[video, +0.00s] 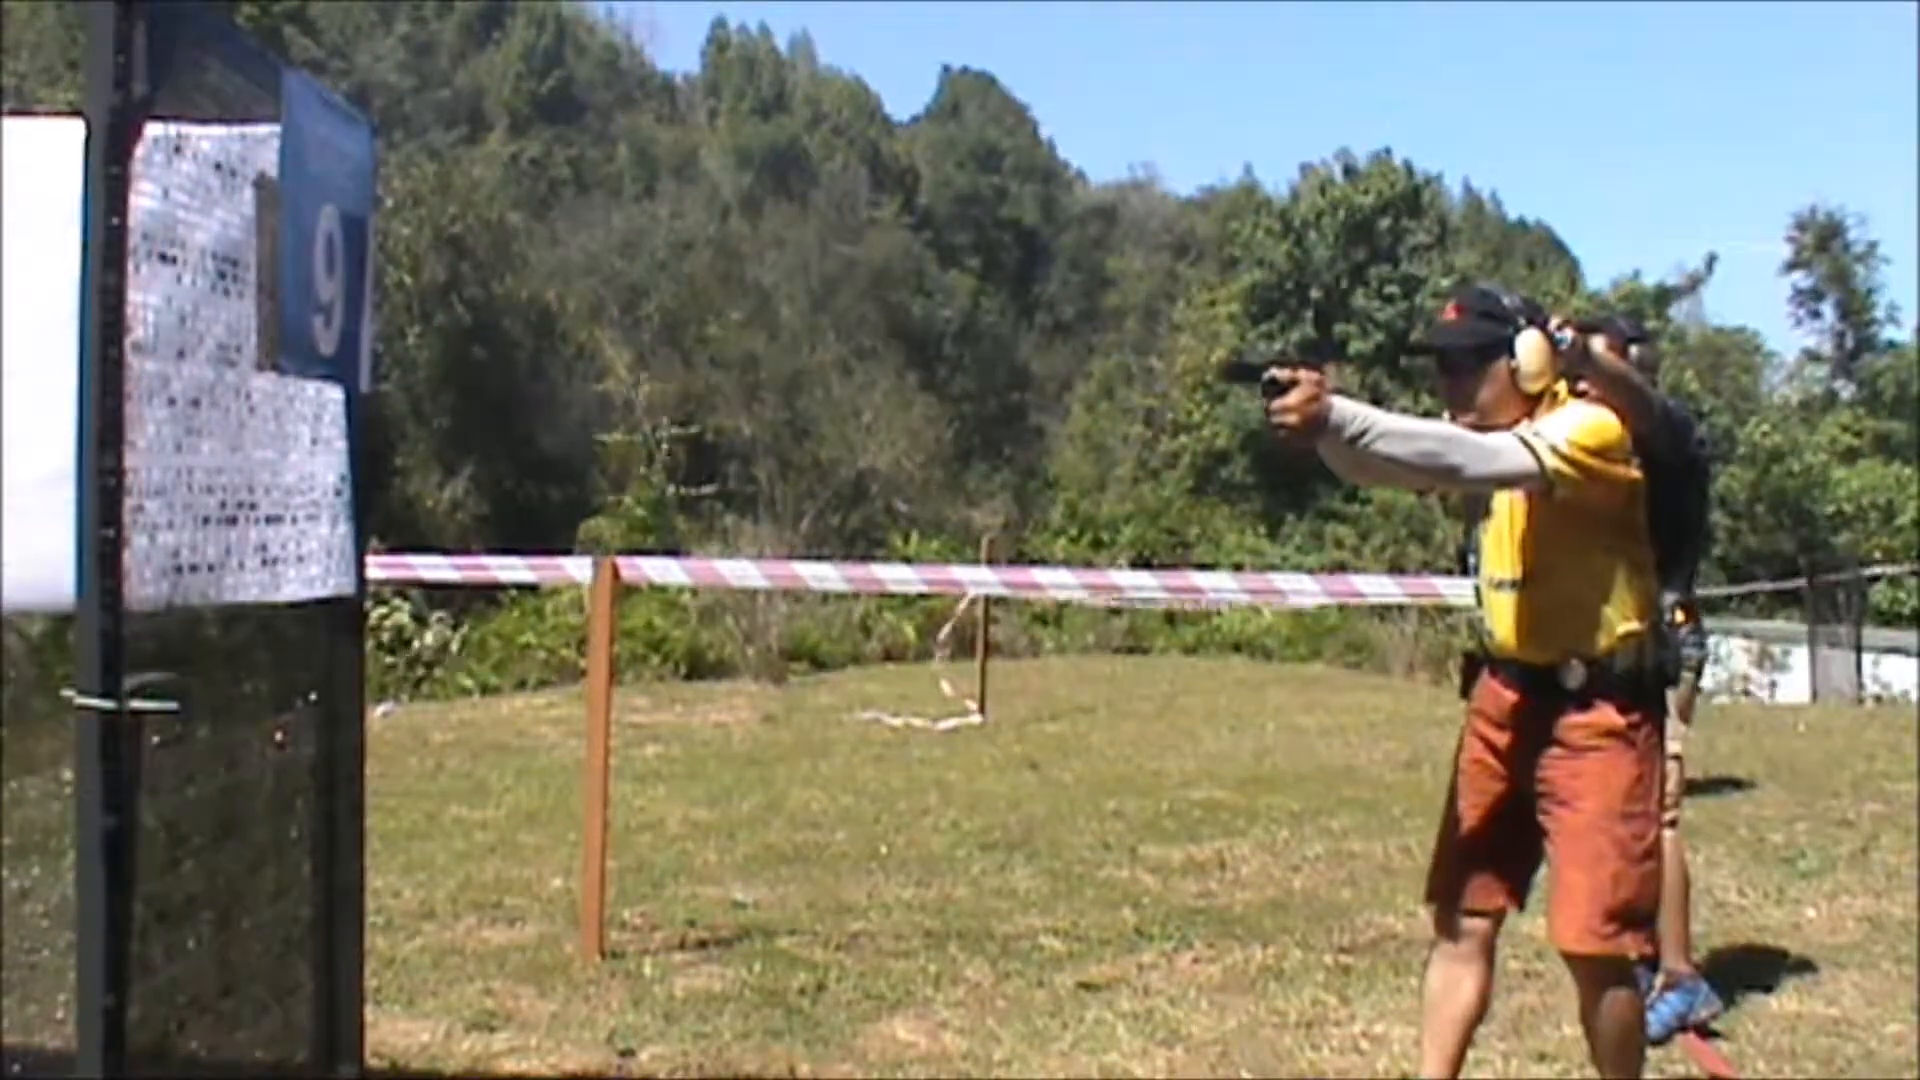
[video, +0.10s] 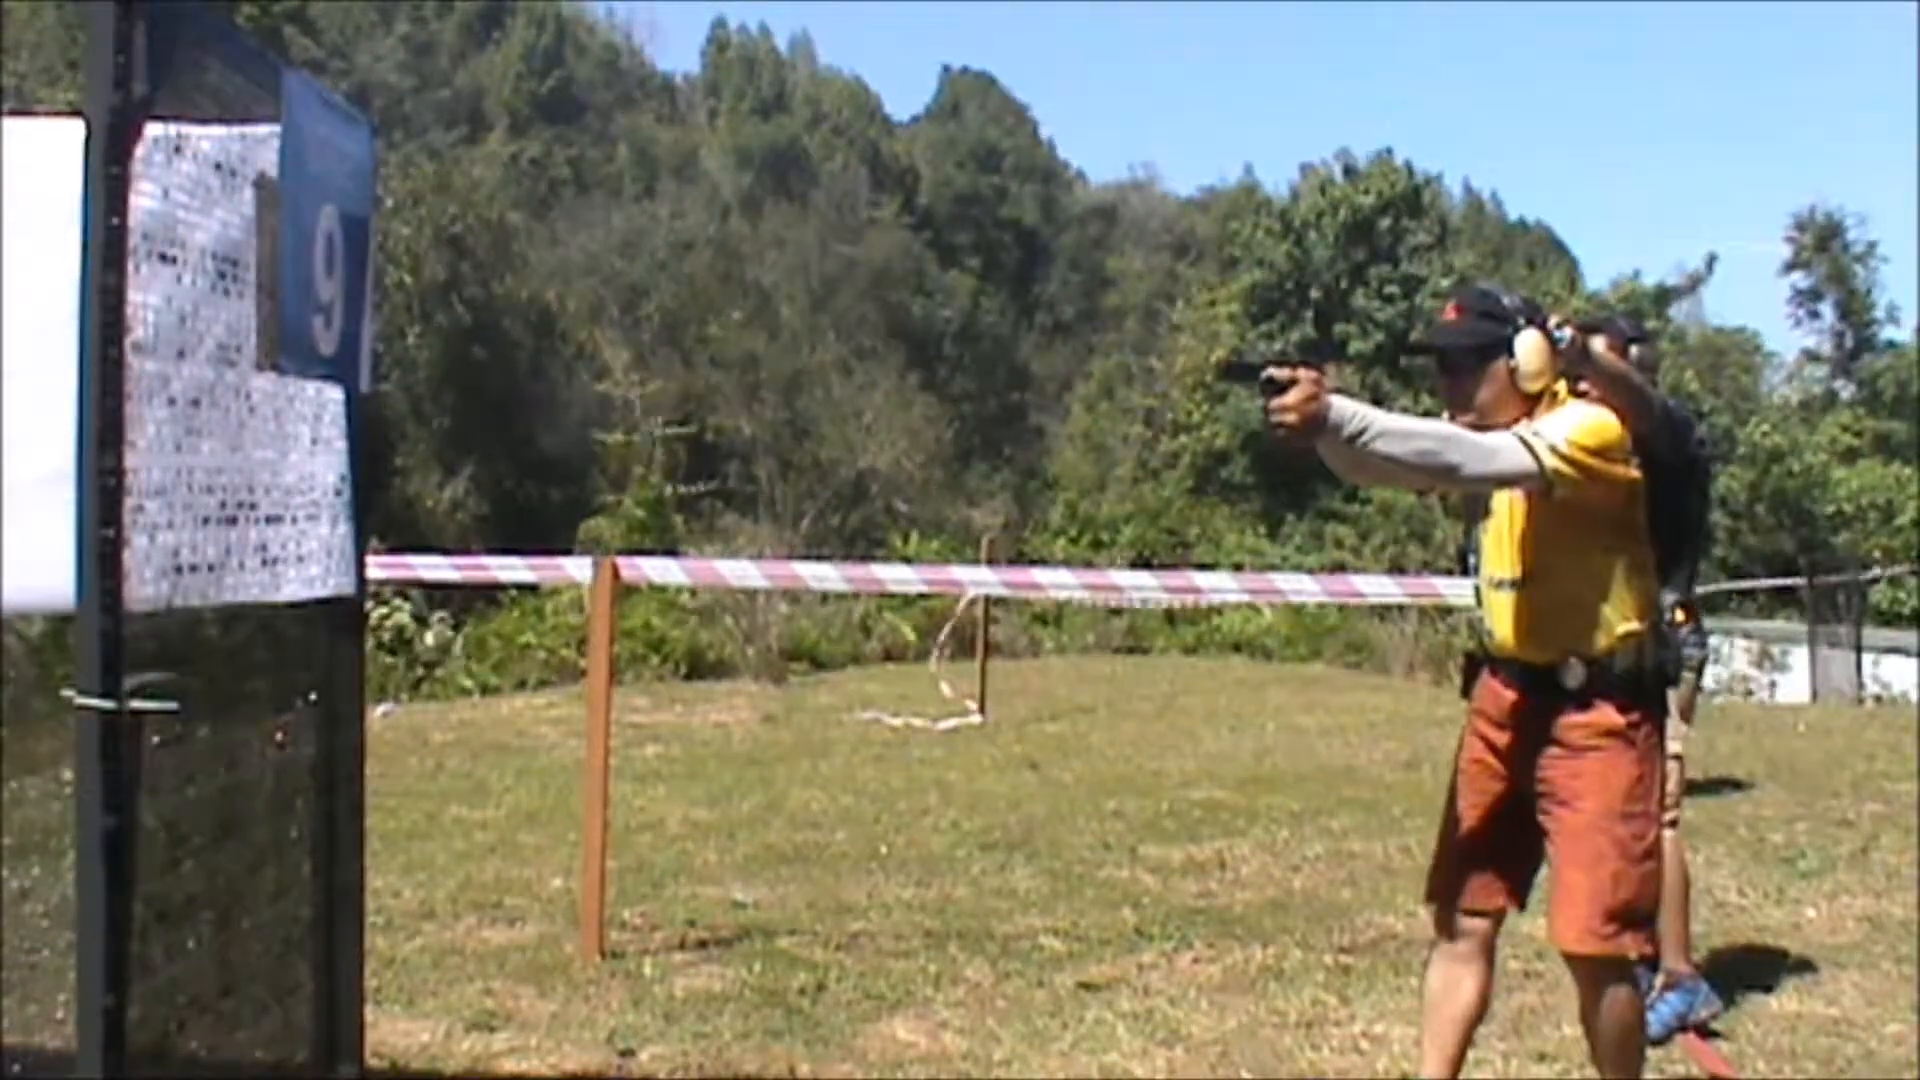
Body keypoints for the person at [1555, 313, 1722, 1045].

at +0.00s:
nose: (1601, 374)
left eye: (1616, 360)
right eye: (1596, 361)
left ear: (1639, 365)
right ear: (1586, 371)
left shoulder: (1671, 438)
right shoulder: (1578, 434)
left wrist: (1586, 356)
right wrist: (1556, 362)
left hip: (1661, 621)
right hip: (1599, 628)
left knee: (1658, 806)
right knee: (1615, 803)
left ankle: (1678, 971)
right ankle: (1642, 966)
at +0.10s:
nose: (1604, 374)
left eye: (1617, 360)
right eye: (1598, 361)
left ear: (1639, 365)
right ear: (1585, 370)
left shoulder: (1671, 438)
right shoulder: (1578, 435)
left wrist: (1582, 354)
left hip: (1661, 624)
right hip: (1600, 630)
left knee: (1659, 807)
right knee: (1616, 805)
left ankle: (1678, 970)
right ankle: (1643, 967)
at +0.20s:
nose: (1609, 375)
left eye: (1621, 362)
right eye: (1600, 364)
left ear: (1641, 366)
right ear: (1585, 372)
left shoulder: (1672, 439)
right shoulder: (1579, 436)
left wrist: (1583, 356)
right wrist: (1552, 364)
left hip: (1663, 628)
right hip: (1600, 634)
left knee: (1659, 807)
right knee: (1615, 805)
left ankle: (1678, 970)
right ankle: (1639, 968)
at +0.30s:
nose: (1612, 374)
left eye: (1623, 361)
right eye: (1604, 364)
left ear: (1641, 367)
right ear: (1588, 373)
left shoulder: (1673, 441)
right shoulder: (1578, 438)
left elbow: (1632, 396)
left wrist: (1583, 357)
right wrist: (1552, 364)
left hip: (1664, 629)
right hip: (1601, 636)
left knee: (1658, 807)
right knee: (1612, 806)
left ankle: (1678, 970)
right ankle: (1637, 968)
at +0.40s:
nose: (1608, 375)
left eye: (1620, 362)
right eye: (1603, 364)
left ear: (1645, 369)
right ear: (1595, 372)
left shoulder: (1673, 438)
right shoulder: (1582, 436)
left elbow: (1627, 388)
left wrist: (1580, 357)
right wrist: (1542, 365)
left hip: (1663, 625)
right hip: (1602, 630)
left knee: (1659, 808)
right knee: (1617, 806)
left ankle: (1678, 971)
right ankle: (1637, 969)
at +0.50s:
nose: (1607, 374)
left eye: (1620, 362)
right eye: (1602, 363)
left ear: (1644, 370)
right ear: (1596, 371)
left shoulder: (1671, 438)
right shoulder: (1583, 437)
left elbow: (1619, 379)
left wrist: (1581, 356)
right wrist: (1543, 364)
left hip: (1660, 629)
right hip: (1600, 631)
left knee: (1659, 809)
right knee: (1618, 807)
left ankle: (1678, 970)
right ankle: (1637, 967)